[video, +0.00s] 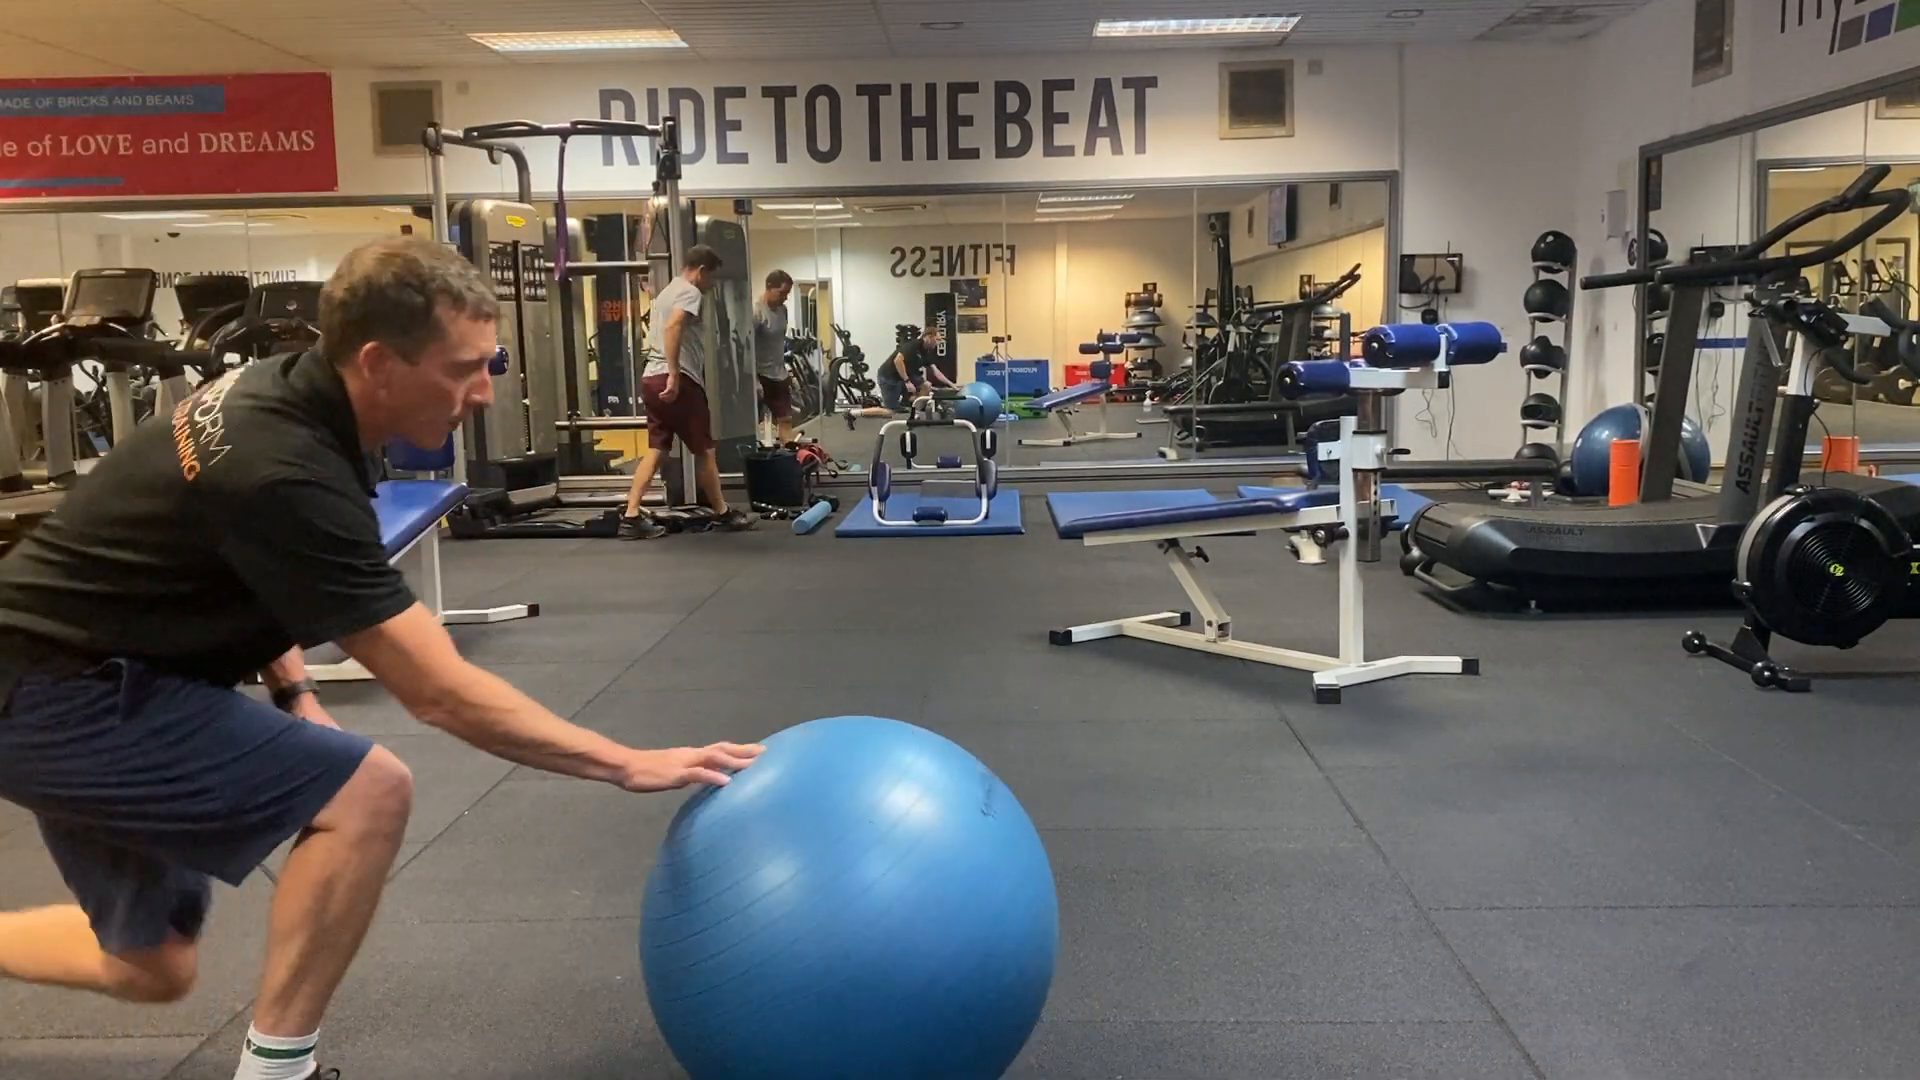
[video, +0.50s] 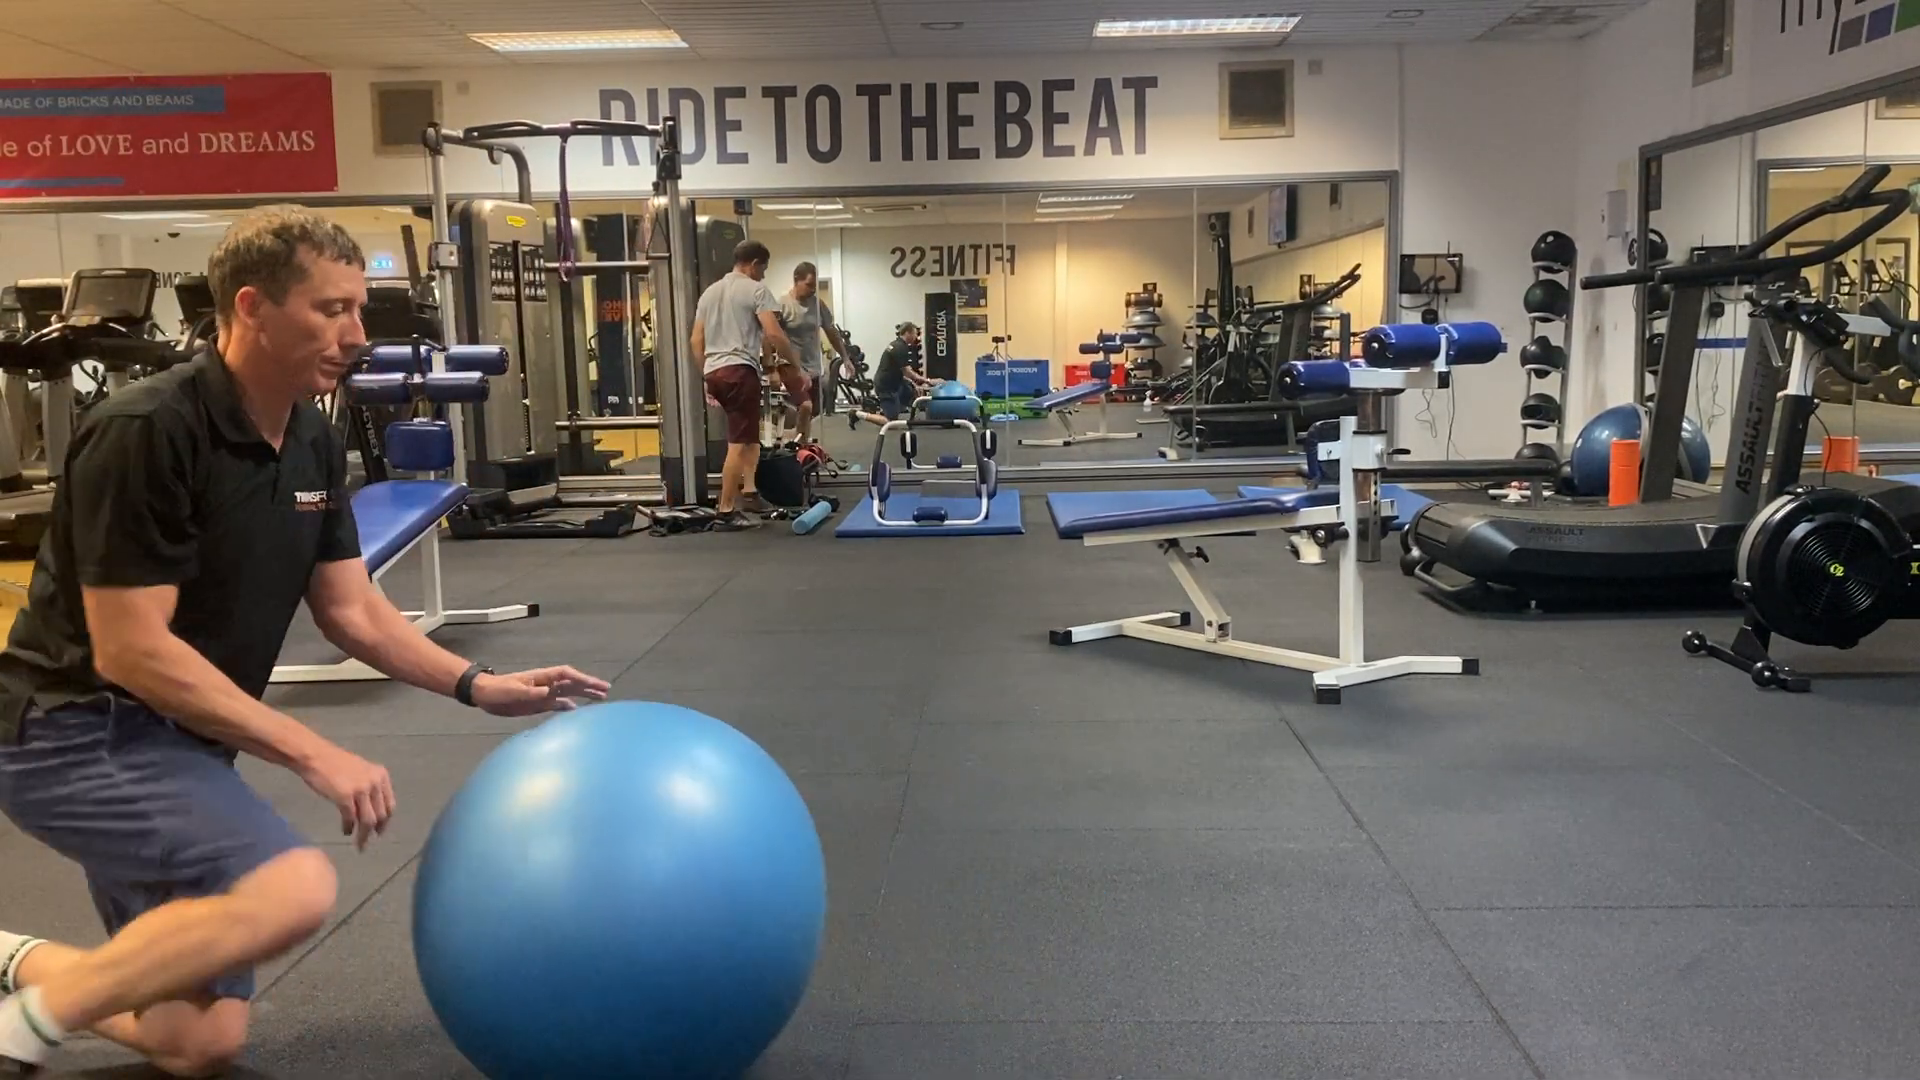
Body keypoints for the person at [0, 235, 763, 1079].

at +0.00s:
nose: (482, 392)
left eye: (486, 368)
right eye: (465, 369)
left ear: (373, 365)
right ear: (372, 368)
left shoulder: (290, 389)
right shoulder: (289, 471)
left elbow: (227, 542)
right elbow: (437, 688)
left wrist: (291, 688)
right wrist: (626, 762)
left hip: (71, 670)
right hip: (63, 680)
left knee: (151, 965)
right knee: (367, 792)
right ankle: (272, 1065)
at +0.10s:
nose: (441, 384)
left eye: (441, 359)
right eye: (419, 362)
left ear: (337, 370)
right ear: (328, 368)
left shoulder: (319, 463)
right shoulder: (241, 482)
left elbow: (291, 622)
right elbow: (381, 696)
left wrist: (358, 730)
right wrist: (565, 762)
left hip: (138, 720)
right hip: (65, 721)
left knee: (182, 1022)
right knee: (367, 792)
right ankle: (275, 1062)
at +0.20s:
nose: (394, 366)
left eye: (389, 341)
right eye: (363, 345)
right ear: (278, 365)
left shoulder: (342, 460)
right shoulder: (198, 476)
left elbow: (328, 620)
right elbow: (321, 686)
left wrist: (430, 752)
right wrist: (505, 767)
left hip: (183, 736)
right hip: (71, 736)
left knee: (207, 1040)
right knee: (347, 790)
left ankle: (8, 955)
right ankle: (273, 1068)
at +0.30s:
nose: (376, 347)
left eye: (373, 322)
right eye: (348, 325)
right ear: (264, 347)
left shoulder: (335, 452)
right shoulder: (176, 464)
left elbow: (341, 613)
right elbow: (275, 689)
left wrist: (461, 721)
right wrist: (442, 790)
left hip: (169, 716)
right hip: (56, 712)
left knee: (198, 1037)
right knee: (301, 780)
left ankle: (10, 956)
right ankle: (264, 1063)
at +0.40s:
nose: (367, 342)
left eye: (364, 318)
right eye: (339, 318)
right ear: (256, 330)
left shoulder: (321, 440)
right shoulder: (160, 446)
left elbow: (354, 620)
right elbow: (212, 670)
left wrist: (478, 695)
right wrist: (378, 786)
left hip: (172, 715)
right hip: (53, 707)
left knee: (216, 1022)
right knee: (289, 785)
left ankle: (13, 954)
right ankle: (189, 1060)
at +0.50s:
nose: (357, 335)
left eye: (359, 311)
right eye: (332, 309)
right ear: (252, 312)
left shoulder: (310, 437)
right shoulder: (144, 430)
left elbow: (348, 605)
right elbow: (129, 649)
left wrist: (477, 684)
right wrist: (314, 753)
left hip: (182, 731)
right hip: (71, 726)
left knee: (203, 1036)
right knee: (293, 887)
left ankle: (28, 966)